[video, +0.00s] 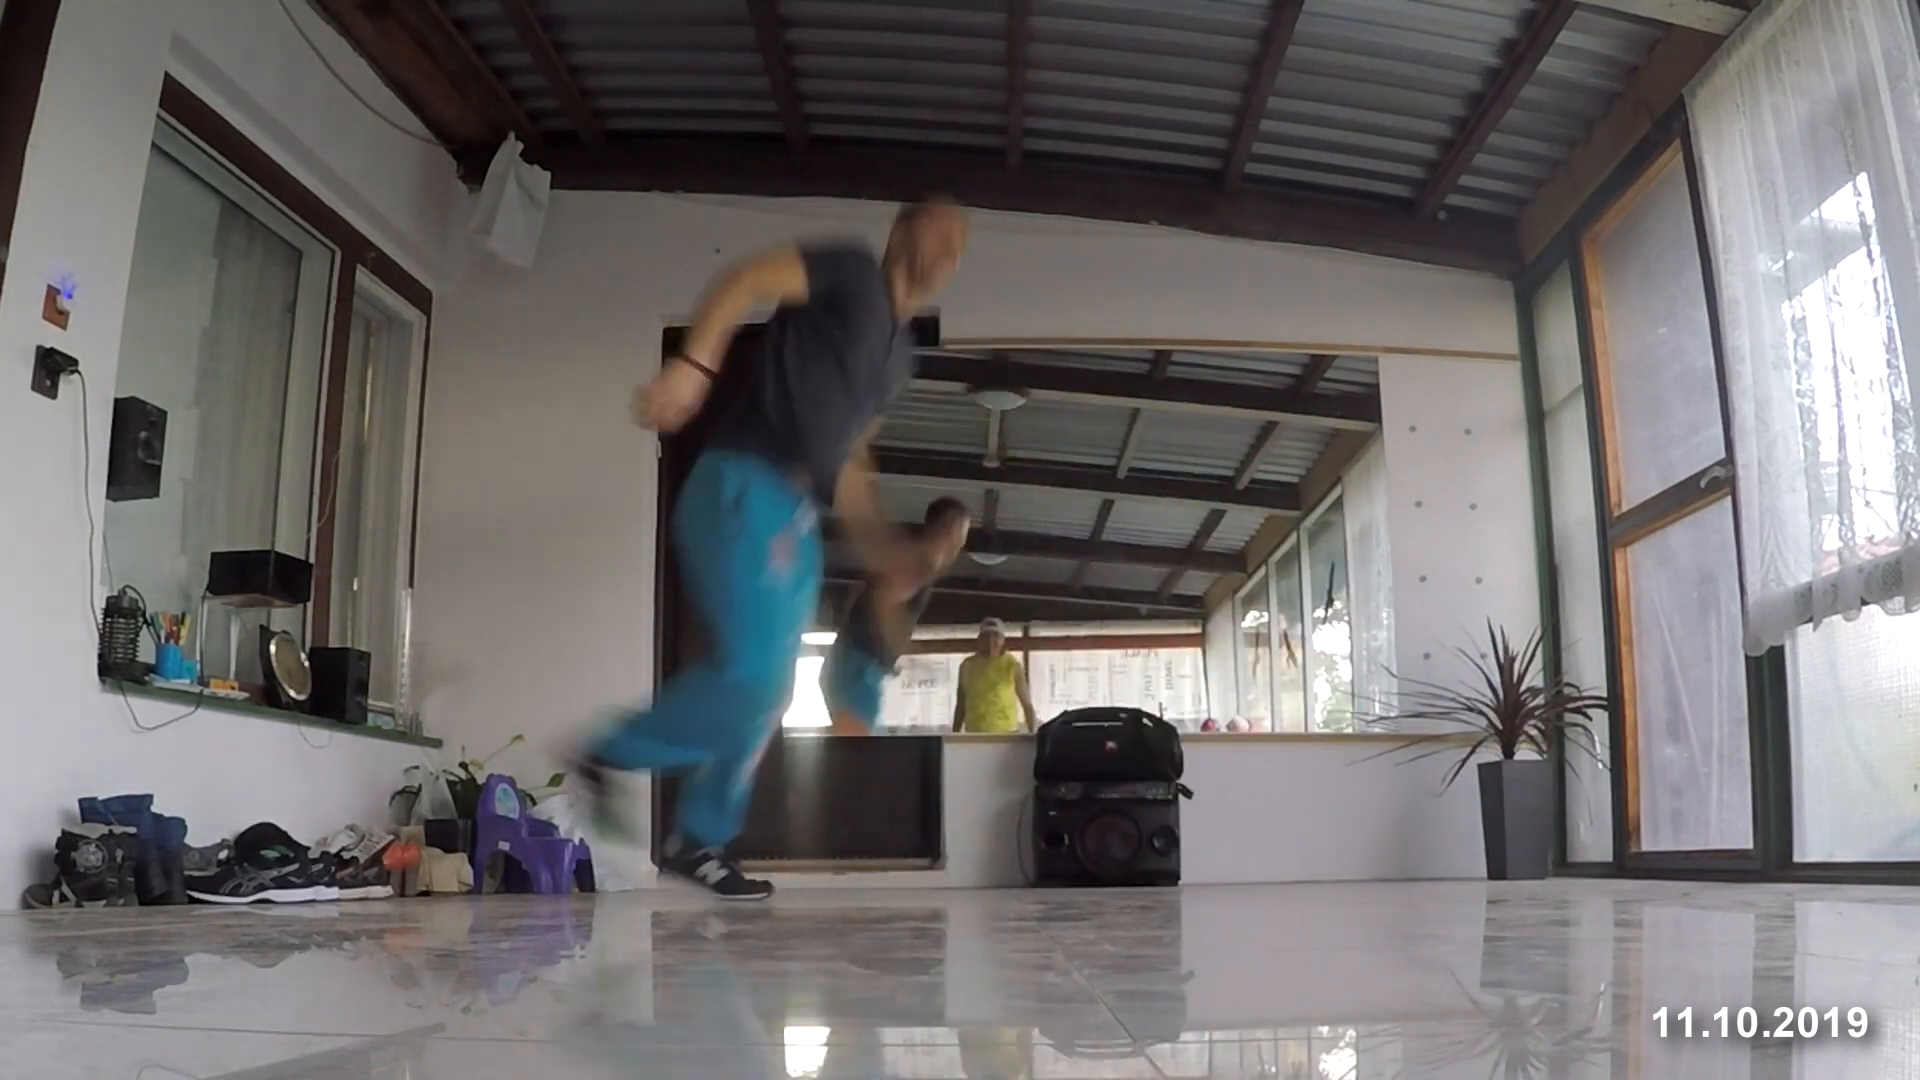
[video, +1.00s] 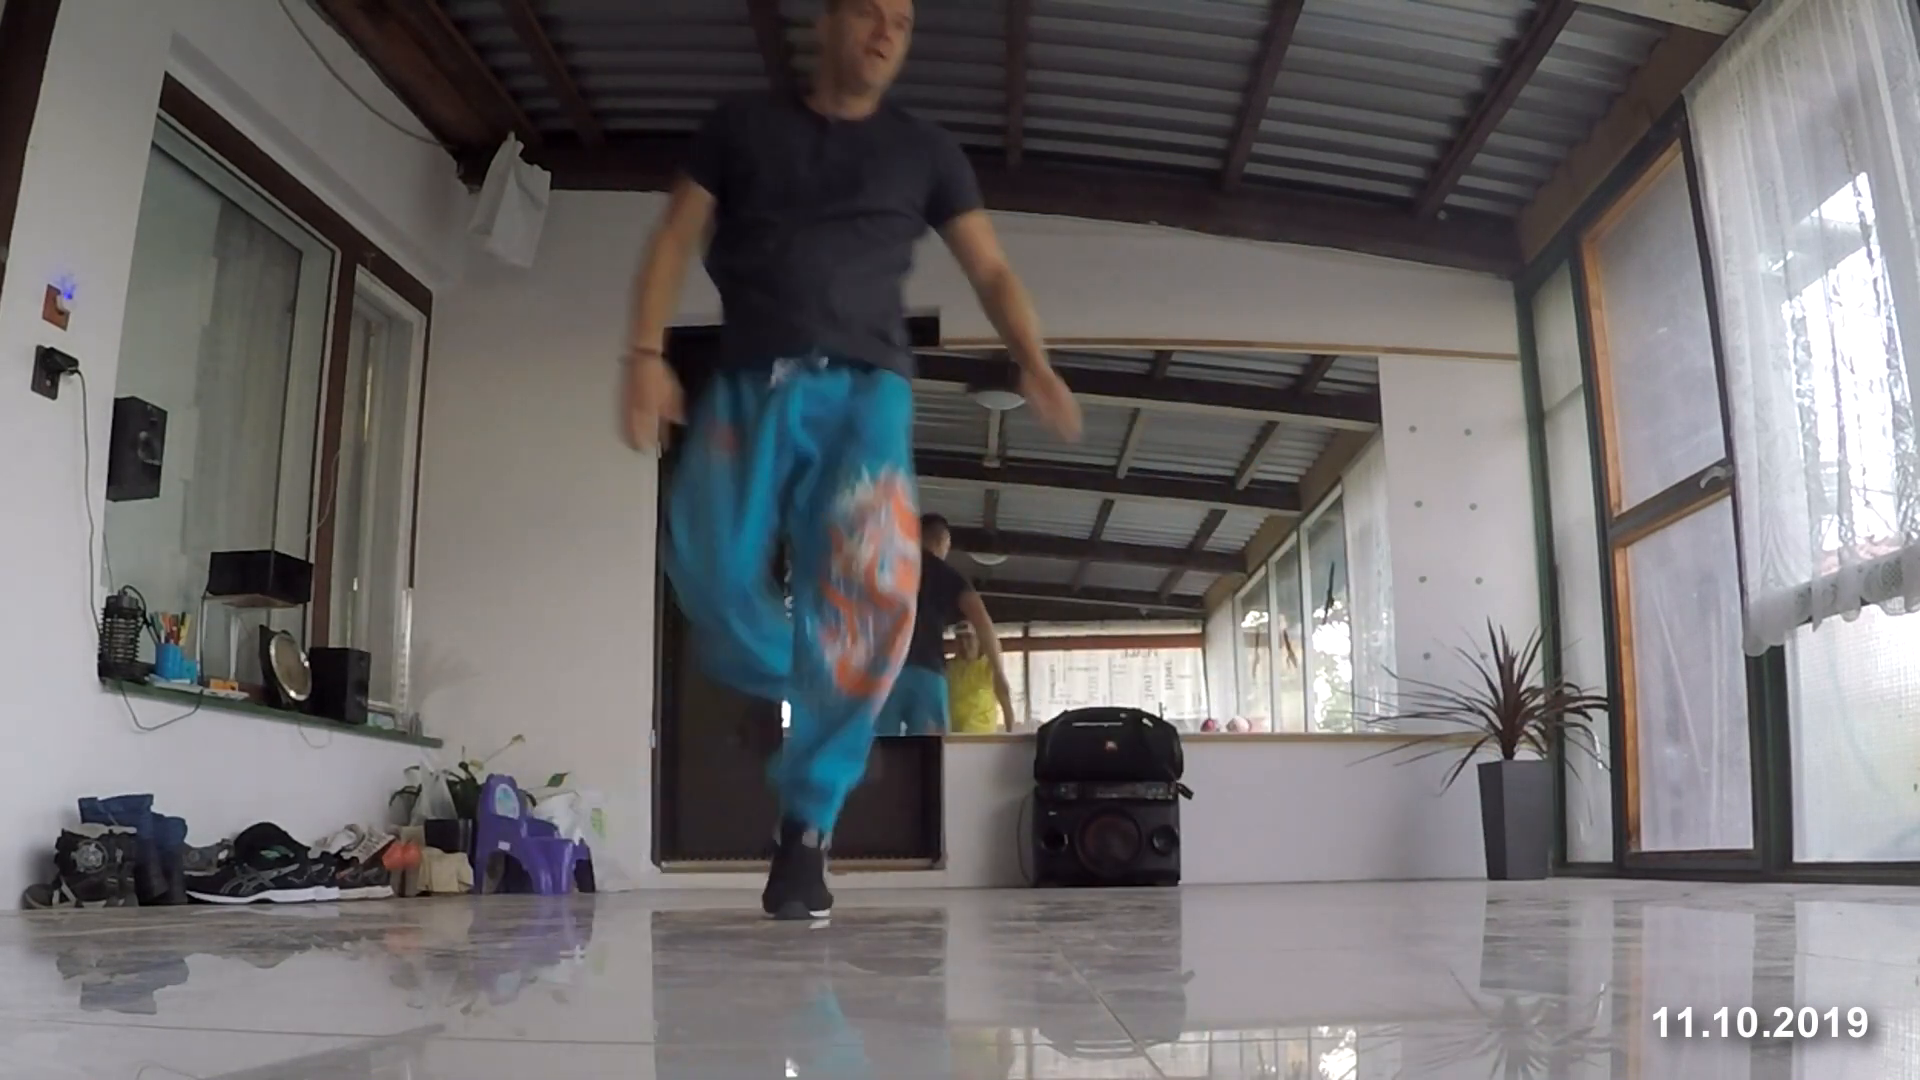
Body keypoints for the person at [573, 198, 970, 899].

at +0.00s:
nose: (949, 260)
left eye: (959, 251)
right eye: (942, 242)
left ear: (956, 262)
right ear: (903, 232)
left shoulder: (895, 353)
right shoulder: (852, 269)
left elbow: (850, 464)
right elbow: (743, 282)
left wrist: (883, 552)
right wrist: (695, 366)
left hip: (795, 511)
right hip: (740, 483)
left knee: (765, 683)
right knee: (751, 674)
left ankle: (698, 844)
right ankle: (606, 756)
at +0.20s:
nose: (907, 292)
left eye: (914, 285)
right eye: (901, 274)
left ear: (904, 296)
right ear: (866, 260)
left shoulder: (833, 342)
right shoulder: (829, 288)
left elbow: (716, 394)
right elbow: (752, 289)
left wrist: (641, 474)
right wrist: (773, 407)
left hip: (748, 550)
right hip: (695, 500)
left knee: (740, 714)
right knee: (582, 640)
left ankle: (688, 859)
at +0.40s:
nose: (879, 200)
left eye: (892, 194)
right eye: (872, 178)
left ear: (893, 205)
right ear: (832, 163)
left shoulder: (836, 295)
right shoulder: (773, 199)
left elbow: (778, 395)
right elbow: (667, 252)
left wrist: (767, 497)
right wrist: (666, 372)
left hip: (740, 482)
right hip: (669, 432)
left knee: (707, 657)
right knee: (597, 584)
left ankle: (619, 822)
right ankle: (482, 755)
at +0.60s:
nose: (807, 181)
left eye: (820, 171)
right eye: (791, 162)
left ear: (827, 187)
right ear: (748, 166)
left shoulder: (826, 305)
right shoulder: (683, 248)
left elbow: (877, 427)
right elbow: (574, 344)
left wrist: (944, 528)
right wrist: (529, 469)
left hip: (727, 518)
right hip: (646, 479)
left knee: (666, 674)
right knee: (679, 642)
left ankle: (521, 839)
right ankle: (651, 852)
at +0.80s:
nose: (843, 62)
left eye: (855, 49)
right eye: (828, 42)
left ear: (865, 63)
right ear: (783, 45)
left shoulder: (873, 175)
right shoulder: (711, 126)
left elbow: (921, 287)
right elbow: (618, 221)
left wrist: (945, 313)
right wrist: (579, 335)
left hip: (794, 417)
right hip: (695, 390)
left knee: (779, 609)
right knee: (661, 588)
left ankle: (685, 791)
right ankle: (617, 804)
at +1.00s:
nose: (888, 33)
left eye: (902, 23)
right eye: (871, 13)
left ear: (909, 43)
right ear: (825, 21)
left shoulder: (922, 148)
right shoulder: (743, 126)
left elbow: (992, 273)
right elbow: (674, 238)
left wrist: (1036, 363)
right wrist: (646, 351)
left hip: (868, 393)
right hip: (747, 388)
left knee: (872, 593)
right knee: (716, 590)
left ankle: (806, 834)